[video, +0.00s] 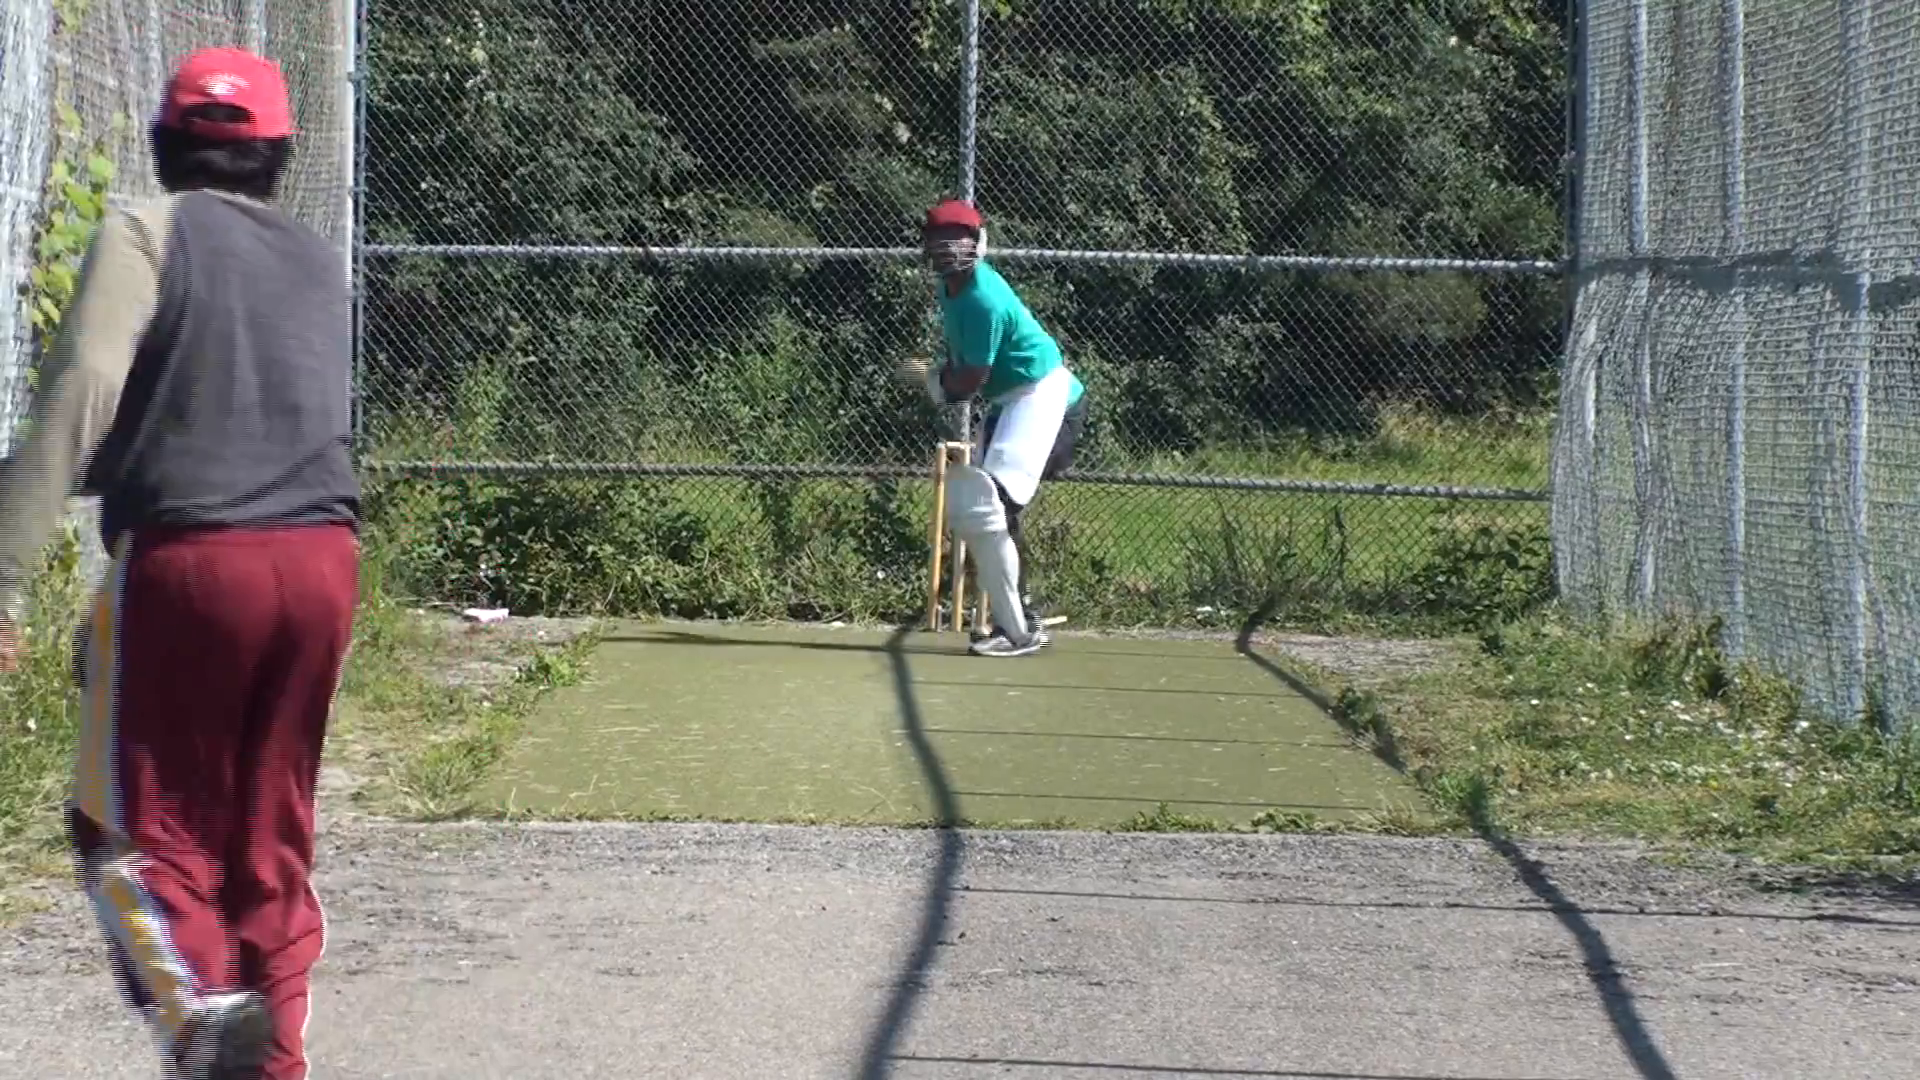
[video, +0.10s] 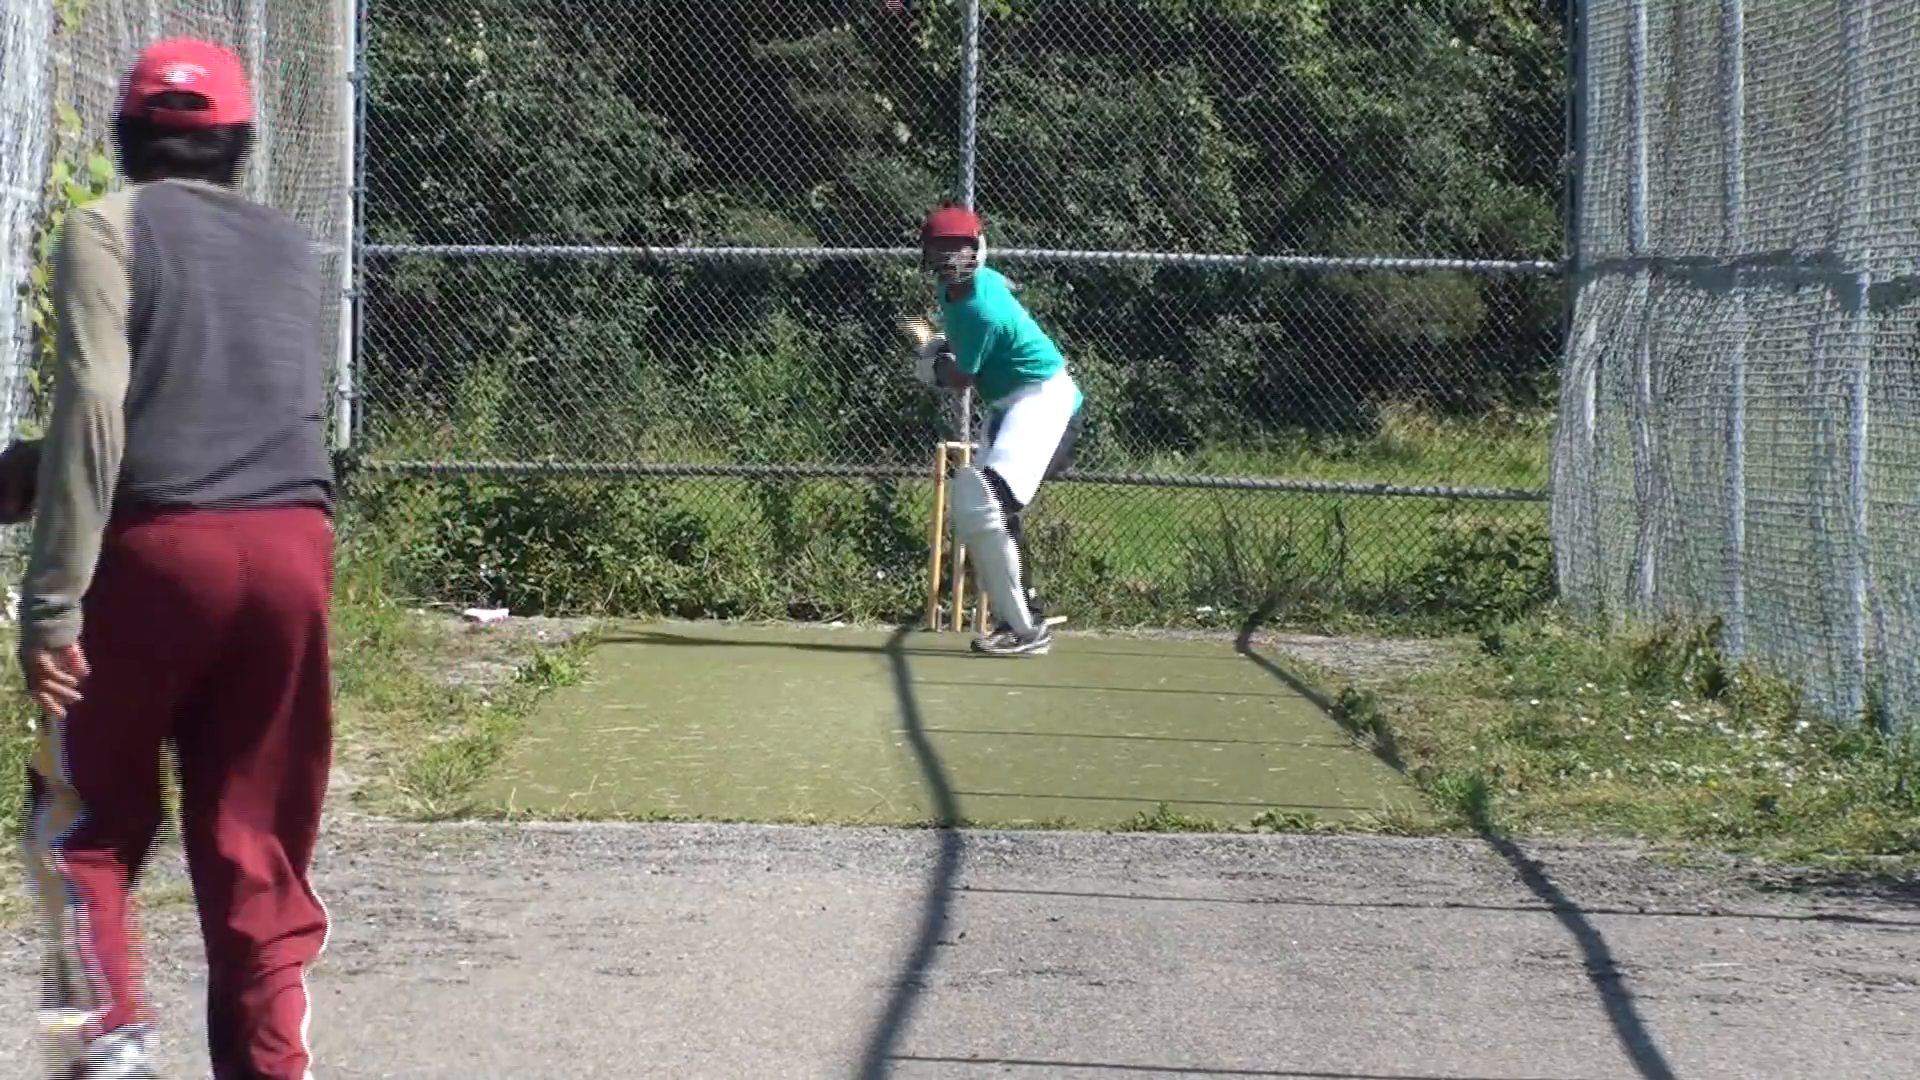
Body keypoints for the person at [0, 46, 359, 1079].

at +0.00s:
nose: (180, 155)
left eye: (171, 140)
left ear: (167, 143)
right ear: (278, 154)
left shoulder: (148, 228)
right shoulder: (324, 256)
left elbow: (88, 382)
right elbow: (319, 407)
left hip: (192, 568)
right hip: (322, 567)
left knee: (131, 823)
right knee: (276, 824)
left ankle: (201, 1012)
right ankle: (276, 1058)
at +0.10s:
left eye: (138, 126)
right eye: (215, 126)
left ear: (129, 135)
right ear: (239, 140)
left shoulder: (107, 229)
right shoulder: (294, 246)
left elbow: (92, 413)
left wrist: (53, 606)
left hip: (162, 555)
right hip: (294, 552)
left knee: (95, 819)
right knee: (260, 837)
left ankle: (111, 1035)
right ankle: (272, 1060)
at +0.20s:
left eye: (93, 126)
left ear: (83, 135)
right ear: (193, 136)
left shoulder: (65, 228)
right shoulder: (249, 231)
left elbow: (65, 423)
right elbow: (266, 398)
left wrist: (37, 605)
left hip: (127, 546)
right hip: (260, 544)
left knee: (47, 827)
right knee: (240, 819)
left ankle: (7, 1043)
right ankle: (265, 1057)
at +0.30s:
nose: (104, 158)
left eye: (57, 145)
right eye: (122, 141)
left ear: (38, 155)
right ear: (148, 153)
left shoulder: (23, 248)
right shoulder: (209, 253)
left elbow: (10, 419)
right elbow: (230, 407)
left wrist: (6, 570)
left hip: (69, 570)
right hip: (208, 564)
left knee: (9, 845)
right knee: (232, 852)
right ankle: (256, 1058)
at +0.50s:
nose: (54, 190)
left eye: (27, 177)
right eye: (70, 177)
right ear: (76, 183)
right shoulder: (143, 271)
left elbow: (207, 445)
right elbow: (205, 446)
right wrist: (194, 543)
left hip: (20, 555)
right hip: (157, 545)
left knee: (2, 821)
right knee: (198, 792)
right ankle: (246, 1018)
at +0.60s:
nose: (66, 191)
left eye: (42, 178)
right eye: (66, 177)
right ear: (65, 186)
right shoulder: (137, 272)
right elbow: (215, 450)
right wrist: (205, 545)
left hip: (17, 542)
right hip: (149, 533)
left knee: (5, 832)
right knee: (210, 799)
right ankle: (284, 1057)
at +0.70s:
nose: (73, 192)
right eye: (74, 179)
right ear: (72, 189)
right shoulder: (143, 276)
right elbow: (229, 449)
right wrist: (212, 542)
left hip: (18, 545)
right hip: (154, 538)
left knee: (0, 845)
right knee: (217, 816)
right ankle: (292, 1056)